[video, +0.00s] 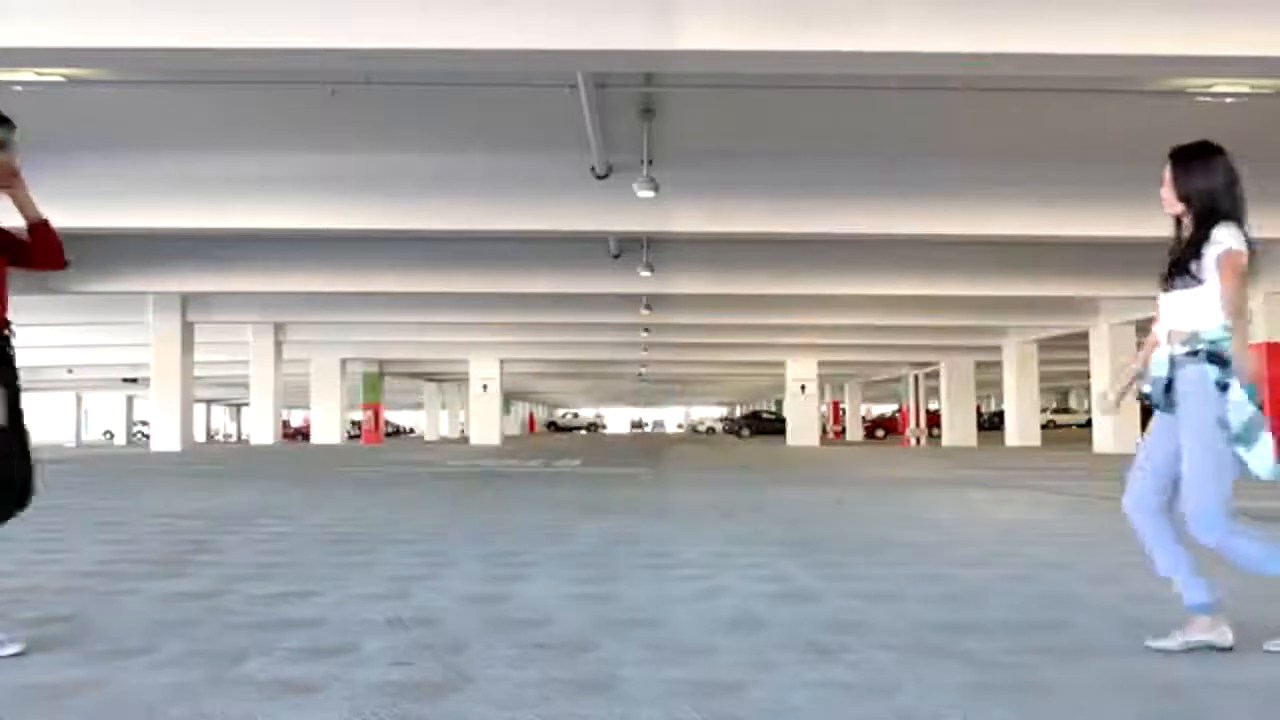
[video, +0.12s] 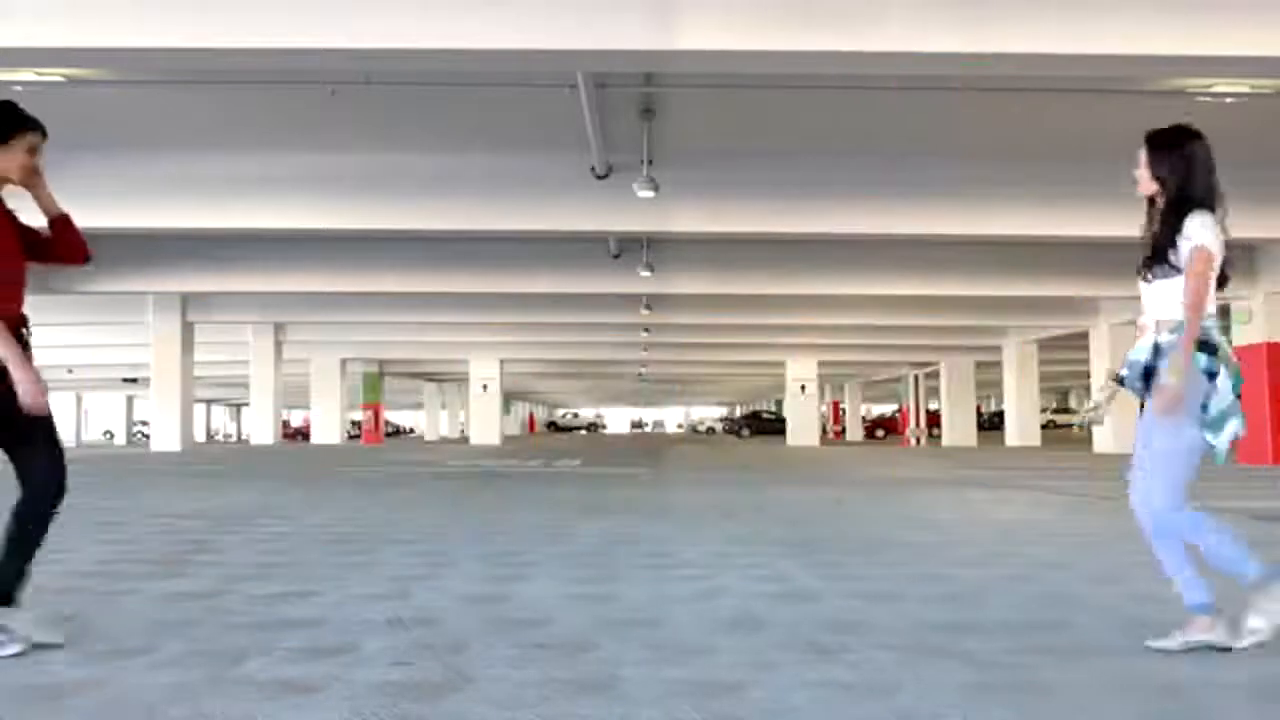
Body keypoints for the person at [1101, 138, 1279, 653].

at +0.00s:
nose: (1162, 187)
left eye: (1170, 179)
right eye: (1164, 178)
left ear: (1193, 185)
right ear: (1199, 186)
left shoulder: (1224, 236)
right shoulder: (1190, 243)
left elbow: (1237, 317)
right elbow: (1166, 322)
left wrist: (1247, 391)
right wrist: (1138, 373)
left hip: (1206, 381)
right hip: (1175, 382)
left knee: (1207, 521)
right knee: (1141, 500)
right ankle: (1204, 618)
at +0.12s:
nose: (1137, 172)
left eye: (1144, 164)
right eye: (1139, 163)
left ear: (1170, 169)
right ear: (1175, 169)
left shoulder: (1198, 224)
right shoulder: (1169, 228)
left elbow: (1196, 309)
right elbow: (1157, 311)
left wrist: (1179, 376)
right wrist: (1138, 373)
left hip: (1186, 370)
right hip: (1160, 370)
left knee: (1165, 505)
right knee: (1145, 502)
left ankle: (1262, 581)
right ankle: (1202, 615)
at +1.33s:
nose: (979, 143)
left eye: (990, 135)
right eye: (969, 136)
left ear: (1007, 151)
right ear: (955, 152)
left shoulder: (1035, 215)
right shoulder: (935, 225)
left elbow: (1045, 298)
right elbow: (926, 305)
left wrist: (1058, 375)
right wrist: (917, 380)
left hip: (1016, 359)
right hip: (949, 359)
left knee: (1001, 496)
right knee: (946, 495)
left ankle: (1021, 616)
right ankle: (939, 612)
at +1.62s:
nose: (965, 147)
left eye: (973, 140)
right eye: (954, 139)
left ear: (983, 155)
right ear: (932, 151)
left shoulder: (987, 227)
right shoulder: (916, 209)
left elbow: (1010, 307)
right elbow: (911, 291)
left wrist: (1050, 380)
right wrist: (917, 369)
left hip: (994, 357)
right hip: (938, 359)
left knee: (1001, 487)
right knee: (956, 497)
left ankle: (1012, 615)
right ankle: (915, 614)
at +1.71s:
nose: (952, 141)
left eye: (959, 133)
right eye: (939, 135)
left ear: (972, 148)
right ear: (921, 151)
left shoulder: (982, 221)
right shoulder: (914, 206)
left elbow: (1000, 303)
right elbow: (913, 291)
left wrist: (1026, 362)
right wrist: (922, 367)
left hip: (985, 352)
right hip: (936, 352)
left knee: (1001, 489)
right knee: (943, 493)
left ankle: (995, 613)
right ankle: (914, 615)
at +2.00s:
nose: (926, 157)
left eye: (932, 145)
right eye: (913, 154)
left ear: (951, 152)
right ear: (905, 171)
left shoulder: (960, 222)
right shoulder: (919, 218)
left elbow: (964, 308)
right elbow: (926, 304)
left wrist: (989, 376)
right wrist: (949, 381)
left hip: (967, 358)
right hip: (929, 358)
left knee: (1000, 486)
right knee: (932, 497)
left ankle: (972, 614)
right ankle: (914, 616)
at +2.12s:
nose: (925, 157)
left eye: (929, 145)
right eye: (912, 155)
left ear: (948, 152)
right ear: (903, 170)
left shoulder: (945, 213)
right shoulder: (923, 207)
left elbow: (955, 300)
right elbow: (936, 293)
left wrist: (983, 373)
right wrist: (956, 369)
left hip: (965, 355)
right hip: (931, 359)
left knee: (993, 483)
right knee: (951, 496)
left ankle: (972, 614)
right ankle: (916, 615)